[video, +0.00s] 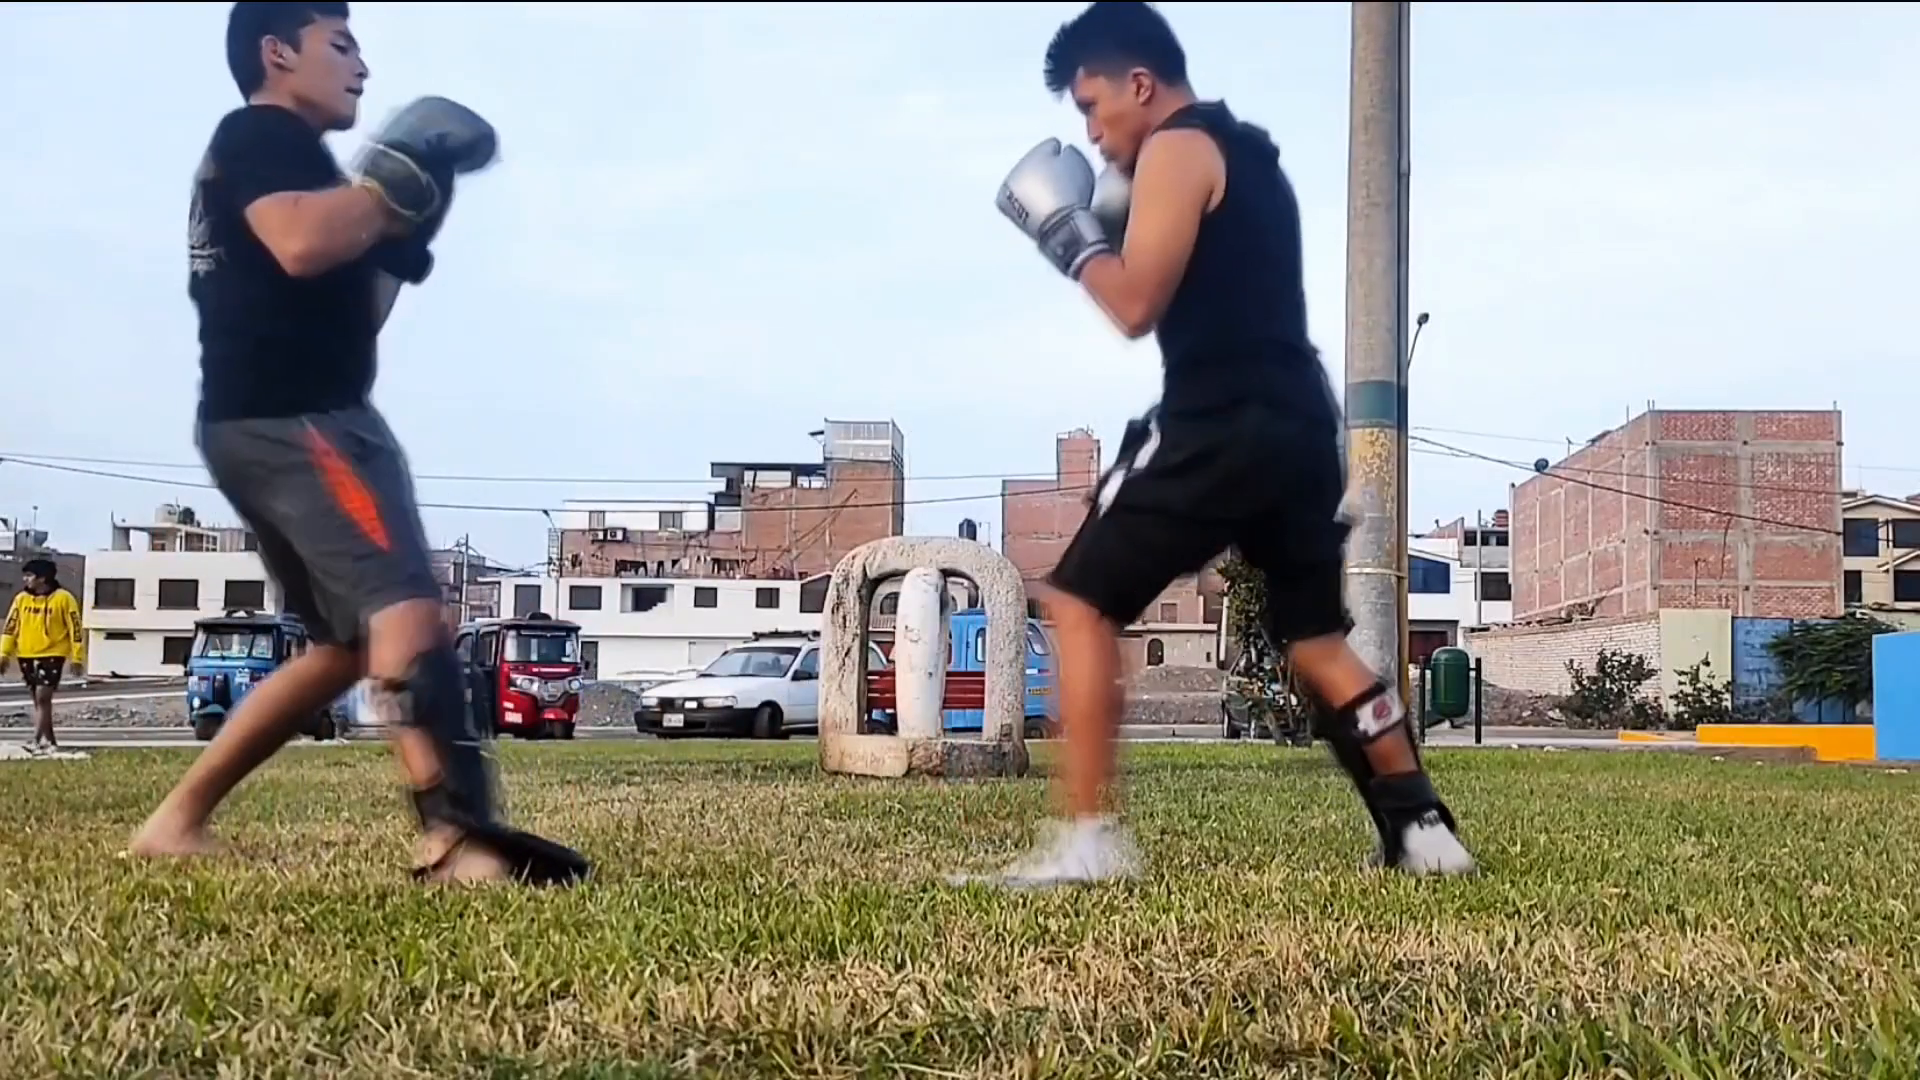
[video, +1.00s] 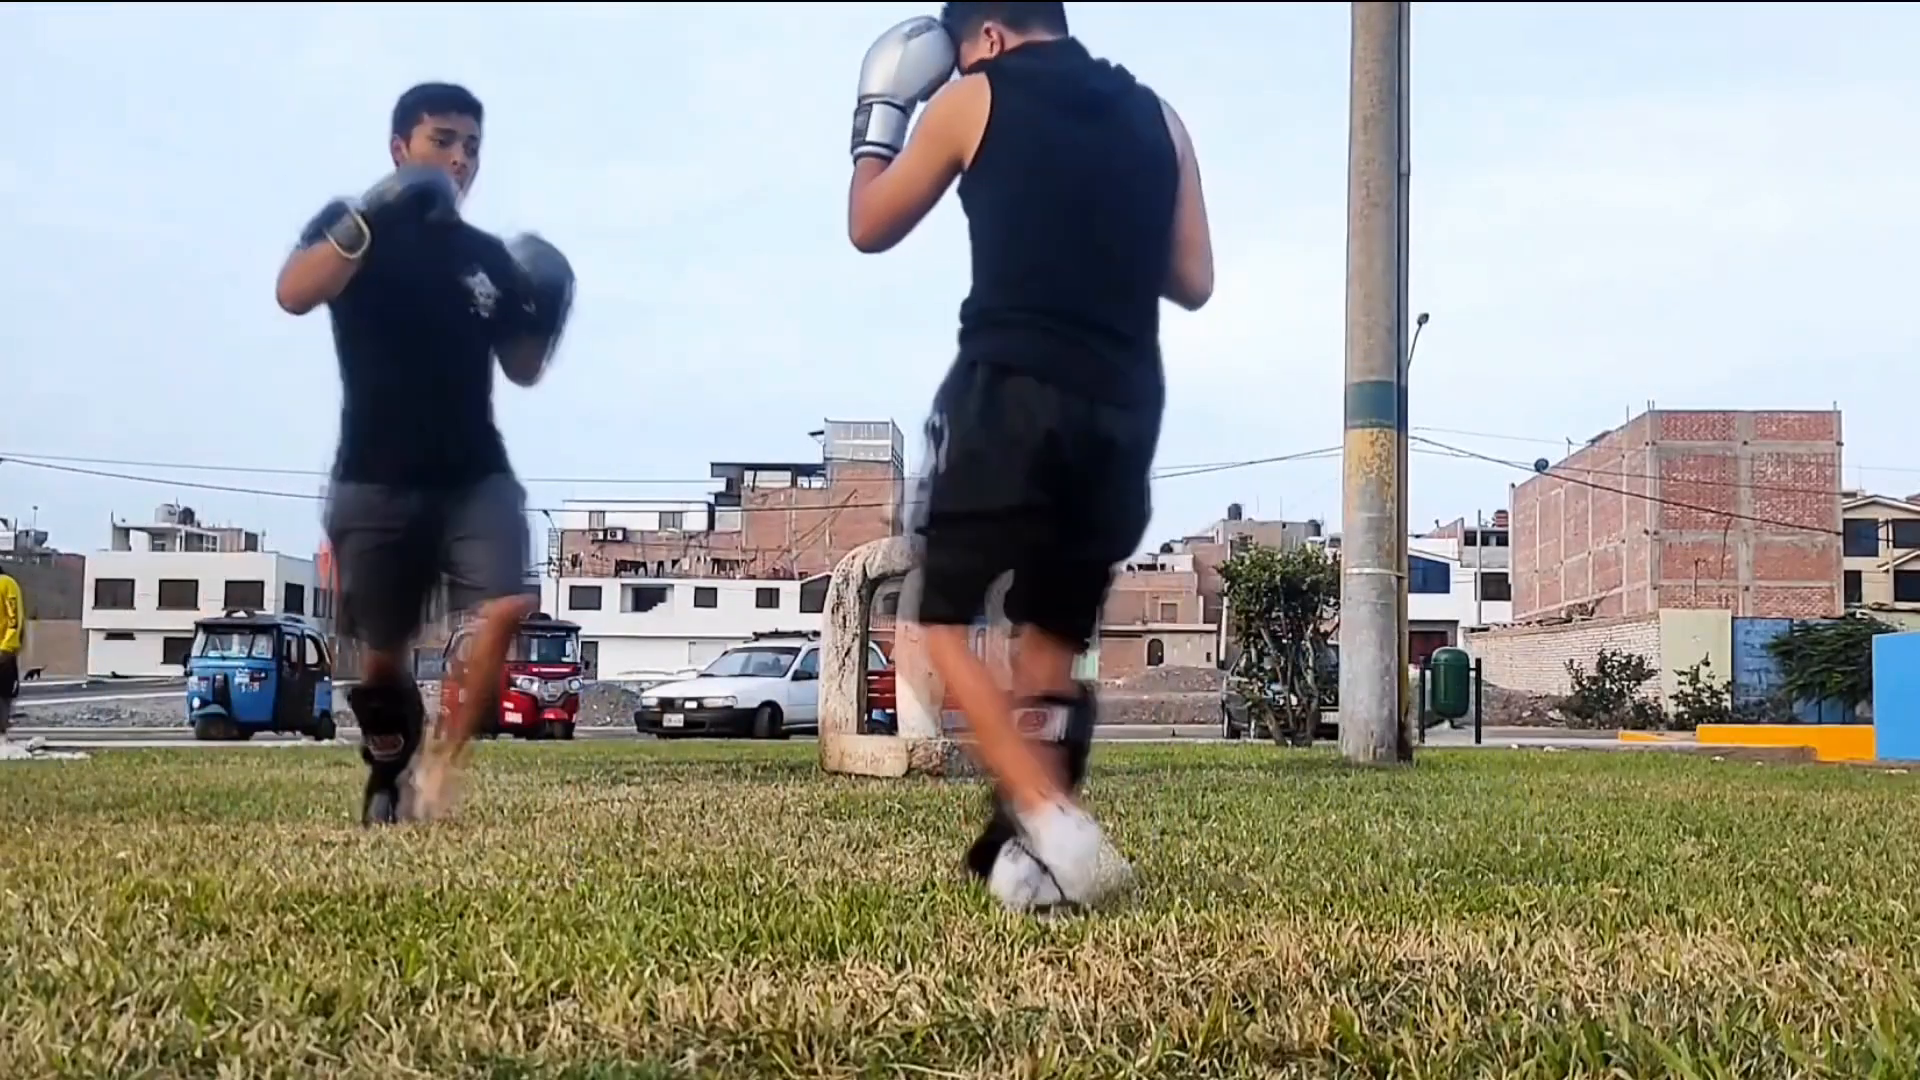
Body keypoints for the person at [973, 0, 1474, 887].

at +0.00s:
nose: (1089, 134)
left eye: (1089, 108)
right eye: (1082, 115)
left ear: (1141, 81)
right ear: (1164, 83)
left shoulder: (1179, 150)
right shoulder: (1251, 150)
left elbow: (1131, 306)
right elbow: (1223, 291)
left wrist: (1064, 227)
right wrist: (1138, 205)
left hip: (1220, 431)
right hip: (1303, 432)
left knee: (1077, 598)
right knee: (1316, 639)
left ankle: (1088, 835)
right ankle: (1422, 828)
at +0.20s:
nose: (1131, 125)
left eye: (1132, 103)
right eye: (1123, 109)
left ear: (1178, 74)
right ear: (1207, 71)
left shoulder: (1193, 139)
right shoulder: (1299, 143)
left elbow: (1074, 263)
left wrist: (1047, 160)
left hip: (1253, 423)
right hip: (1346, 424)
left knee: (1134, 623)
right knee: (1352, 642)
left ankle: (1177, 869)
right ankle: (1493, 813)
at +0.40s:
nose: (1146, 121)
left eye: (1146, 99)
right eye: (1139, 105)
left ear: (1184, 70)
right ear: (1223, 65)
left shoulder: (1199, 136)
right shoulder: (1316, 146)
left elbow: (1071, 257)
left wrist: (1061, 143)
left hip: (1226, 436)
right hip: (1334, 448)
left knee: (1069, 606)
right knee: (1382, 649)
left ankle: (1138, 841)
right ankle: (1513, 838)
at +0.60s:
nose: (1053, 66)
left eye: (1052, 46)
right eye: (1048, 50)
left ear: (1090, 25)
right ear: (1141, 23)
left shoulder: (1098, 100)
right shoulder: (1245, 115)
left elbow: (980, 239)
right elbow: (1252, 282)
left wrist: (969, 128)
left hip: (1135, 413)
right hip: (1251, 416)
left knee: (1053, 635)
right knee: (1317, 621)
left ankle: (1100, 884)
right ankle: (1458, 819)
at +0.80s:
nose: (979, 55)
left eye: (978, 36)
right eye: (977, 40)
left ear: (1013, 14)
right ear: (1073, 11)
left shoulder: (1014, 84)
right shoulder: (1188, 99)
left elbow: (906, 220)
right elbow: (1226, 268)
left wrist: (904, 106)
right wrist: (1123, 238)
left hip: (1076, 379)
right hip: (1194, 383)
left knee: (1041, 629)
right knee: (1194, 609)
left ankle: (1100, 881)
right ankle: (1235, 793)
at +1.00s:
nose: (958, 62)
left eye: (957, 47)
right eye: (957, 49)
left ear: (990, 33)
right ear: (1058, 27)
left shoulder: (978, 97)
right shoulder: (1158, 117)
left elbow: (870, 224)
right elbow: (1192, 279)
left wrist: (878, 119)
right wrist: (1100, 224)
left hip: (1008, 390)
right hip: (1124, 407)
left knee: (940, 628)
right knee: (1054, 632)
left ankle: (1065, 838)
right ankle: (1027, 859)